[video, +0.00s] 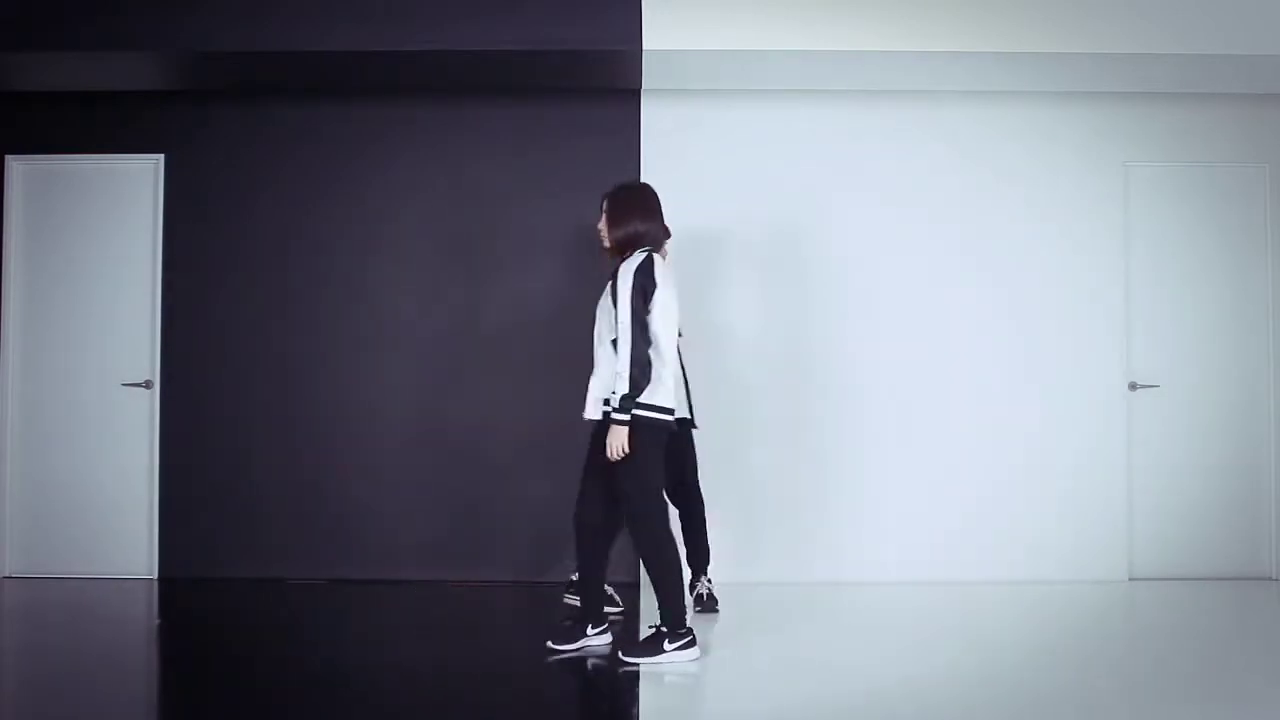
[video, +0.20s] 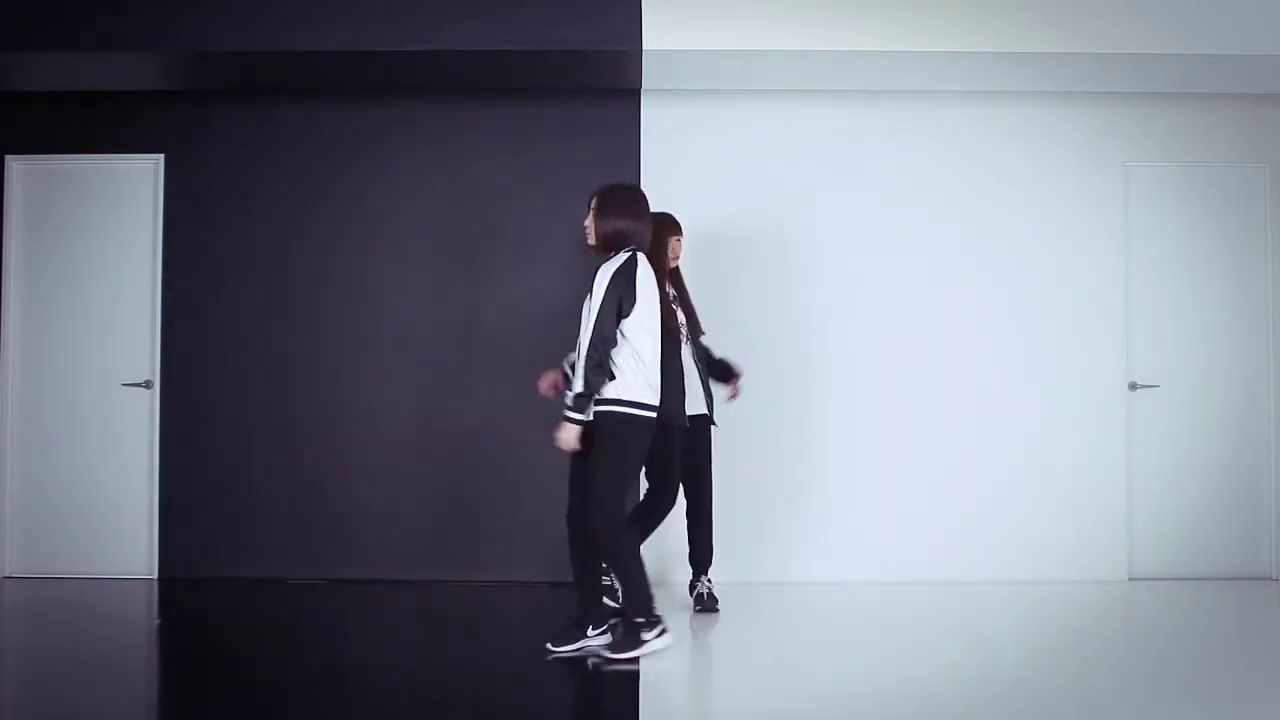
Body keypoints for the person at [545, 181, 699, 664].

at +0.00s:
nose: (599, 223)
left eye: (606, 215)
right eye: (601, 215)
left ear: (625, 219)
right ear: (642, 218)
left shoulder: (643, 267)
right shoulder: (630, 268)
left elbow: (642, 346)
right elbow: (631, 345)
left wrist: (621, 415)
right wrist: (608, 410)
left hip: (641, 415)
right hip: (615, 414)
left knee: (646, 521)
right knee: (593, 518)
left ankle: (676, 630)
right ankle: (592, 623)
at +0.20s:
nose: (585, 222)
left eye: (593, 214)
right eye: (588, 214)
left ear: (612, 220)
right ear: (629, 219)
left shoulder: (620, 268)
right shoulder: (632, 268)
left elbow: (596, 341)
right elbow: (613, 344)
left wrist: (574, 412)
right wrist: (567, 373)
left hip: (621, 411)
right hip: (615, 409)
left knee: (605, 514)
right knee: (586, 515)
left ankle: (642, 620)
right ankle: (597, 621)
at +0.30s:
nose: (584, 222)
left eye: (591, 213)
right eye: (586, 213)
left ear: (611, 219)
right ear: (620, 219)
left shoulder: (631, 268)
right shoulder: (604, 272)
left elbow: (598, 333)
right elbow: (591, 348)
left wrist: (539, 379)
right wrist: (573, 330)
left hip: (627, 406)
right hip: (595, 406)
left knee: (600, 510)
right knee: (579, 510)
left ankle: (609, 624)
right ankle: (592, 621)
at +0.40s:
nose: (589, 222)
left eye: (598, 214)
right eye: (589, 214)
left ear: (622, 220)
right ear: (589, 222)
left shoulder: (644, 263)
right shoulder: (576, 273)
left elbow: (626, 324)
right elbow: (565, 330)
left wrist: (561, 319)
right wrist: (605, 296)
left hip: (638, 402)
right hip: (588, 401)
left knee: (609, 508)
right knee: (577, 510)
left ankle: (613, 623)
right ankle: (588, 623)